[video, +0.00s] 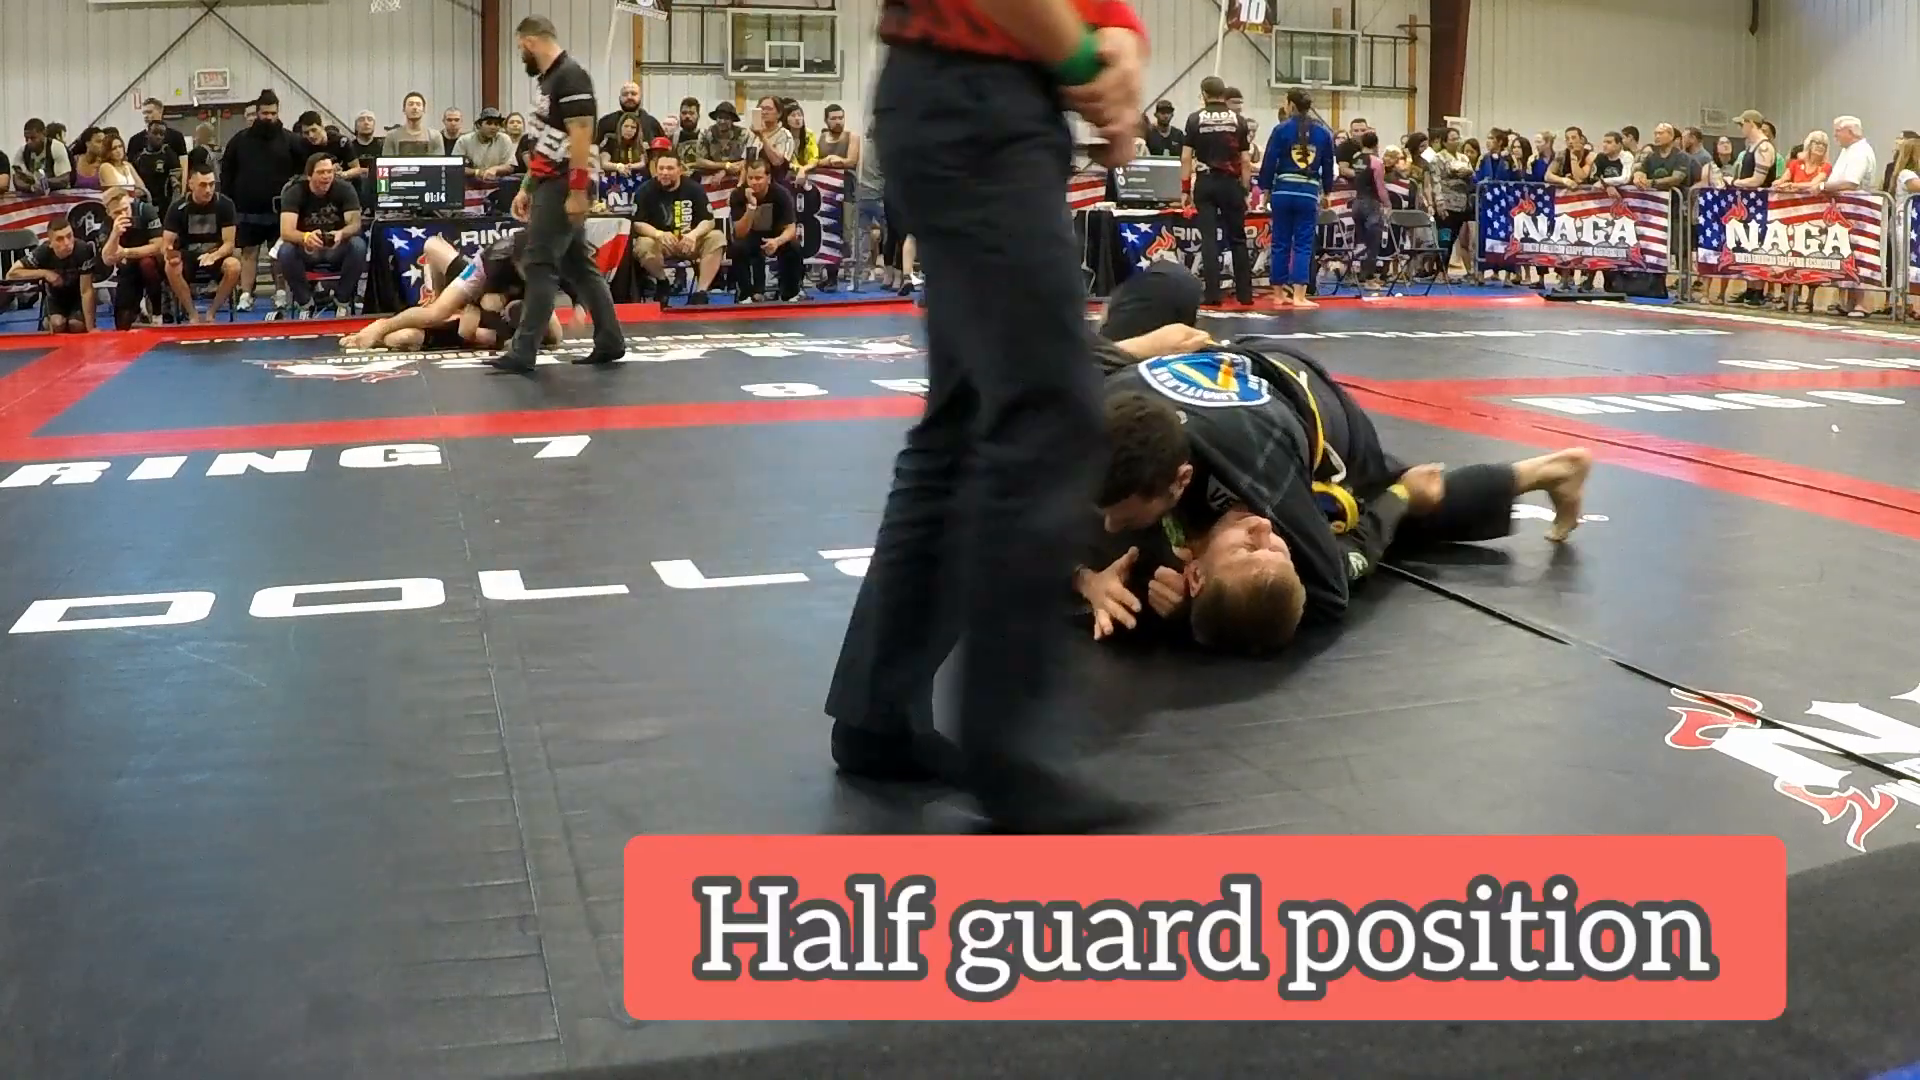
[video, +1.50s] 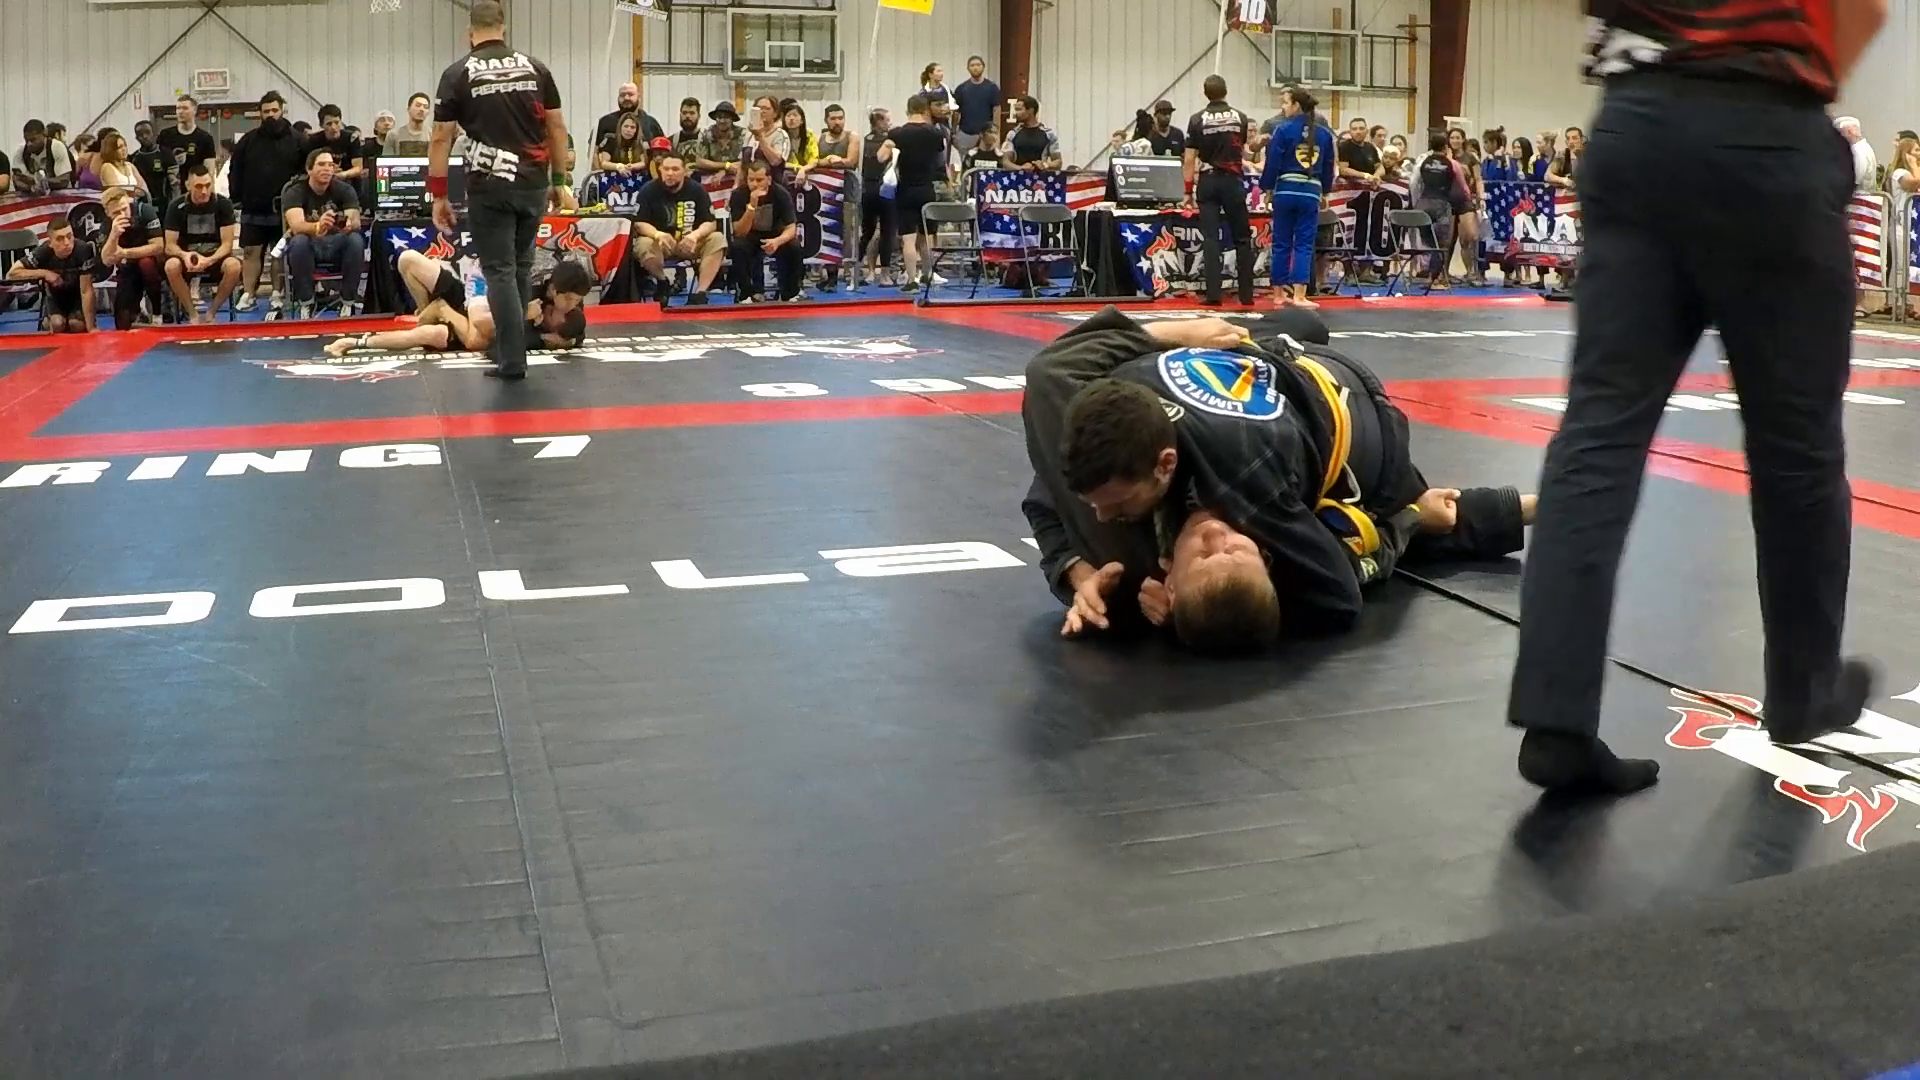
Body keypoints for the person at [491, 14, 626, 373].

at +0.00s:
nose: (521, 54)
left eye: (522, 47)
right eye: (521, 48)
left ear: (532, 42)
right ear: (540, 42)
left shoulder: (571, 76)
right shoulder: (548, 80)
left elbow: (581, 134)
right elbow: (544, 142)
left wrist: (578, 189)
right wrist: (527, 187)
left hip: (561, 184)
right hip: (547, 184)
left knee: (541, 264)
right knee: (576, 266)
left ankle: (522, 352)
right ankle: (610, 343)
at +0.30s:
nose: (486, 52)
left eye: (486, 46)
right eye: (485, 46)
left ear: (494, 40)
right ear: (511, 37)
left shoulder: (517, 72)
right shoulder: (526, 70)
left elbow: (515, 131)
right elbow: (526, 131)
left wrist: (500, 184)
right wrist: (500, 171)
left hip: (527, 178)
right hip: (530, 178)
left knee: (510, 262)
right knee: (497, 260)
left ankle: (519, 354)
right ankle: (557, 331)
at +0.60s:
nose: (460, 53)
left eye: (458, 47)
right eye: (459, 48)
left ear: (463, 42)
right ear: (488, 37)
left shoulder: (487, 69)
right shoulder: (505, 70)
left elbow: (468, 127)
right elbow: (493, 133)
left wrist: (435, 179)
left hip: (493, 182)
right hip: (498, 182)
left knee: (481, 265)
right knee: (469, 266)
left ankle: (515, 349)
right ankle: (473, 355)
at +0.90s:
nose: (457, 45)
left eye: (455, 40)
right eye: (459, 40)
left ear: (459, 37)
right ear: (489, 36)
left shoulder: (468, 65)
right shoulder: (507, 71)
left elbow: (453, 126)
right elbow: (511, 131)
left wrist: (439, 180)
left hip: (472, 179)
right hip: (499, 185)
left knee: (448, 261)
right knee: (477, 262)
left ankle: (500, 339)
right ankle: (473, 354)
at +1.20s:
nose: (465, 39)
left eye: (464, 35)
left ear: (465, 34)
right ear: (499, 33)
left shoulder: (459, 67)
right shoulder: (523, 72)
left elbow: (441, 129)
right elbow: (533, 133)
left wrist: (429, 183)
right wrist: (523, 181)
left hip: (472, 185)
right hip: (512, 186)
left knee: (477, 269)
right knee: (490, 269)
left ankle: (507, 356)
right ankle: (475, 356)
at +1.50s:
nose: (470, 38)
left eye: (468, 33)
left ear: (470, 33)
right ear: (504, 30)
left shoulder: (457, 74)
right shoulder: (536, 67)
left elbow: (442, 137)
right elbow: (556, 125)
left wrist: (439, 195)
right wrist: (558, 179)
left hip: (487, 188)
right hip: (533, 185)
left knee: (500, 272)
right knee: (521, 267)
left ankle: (512, 362)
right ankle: (512, 350)